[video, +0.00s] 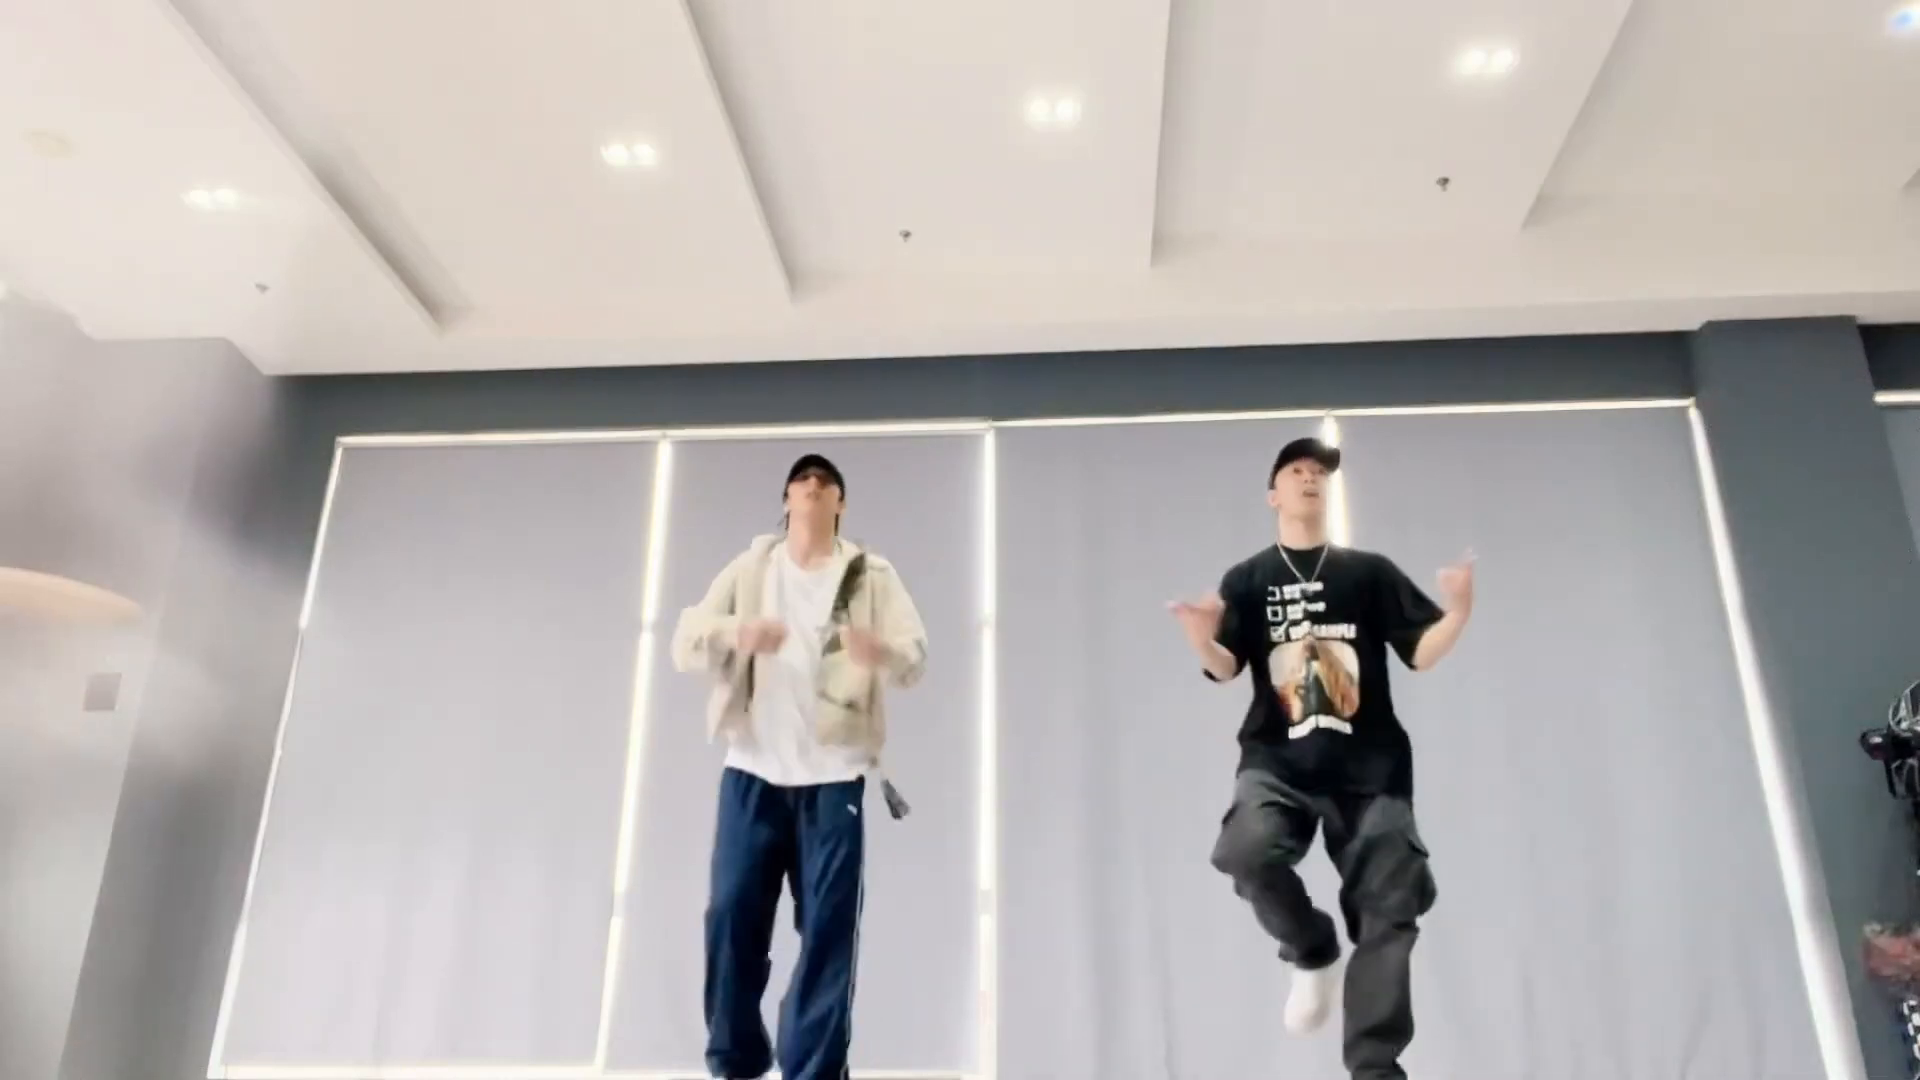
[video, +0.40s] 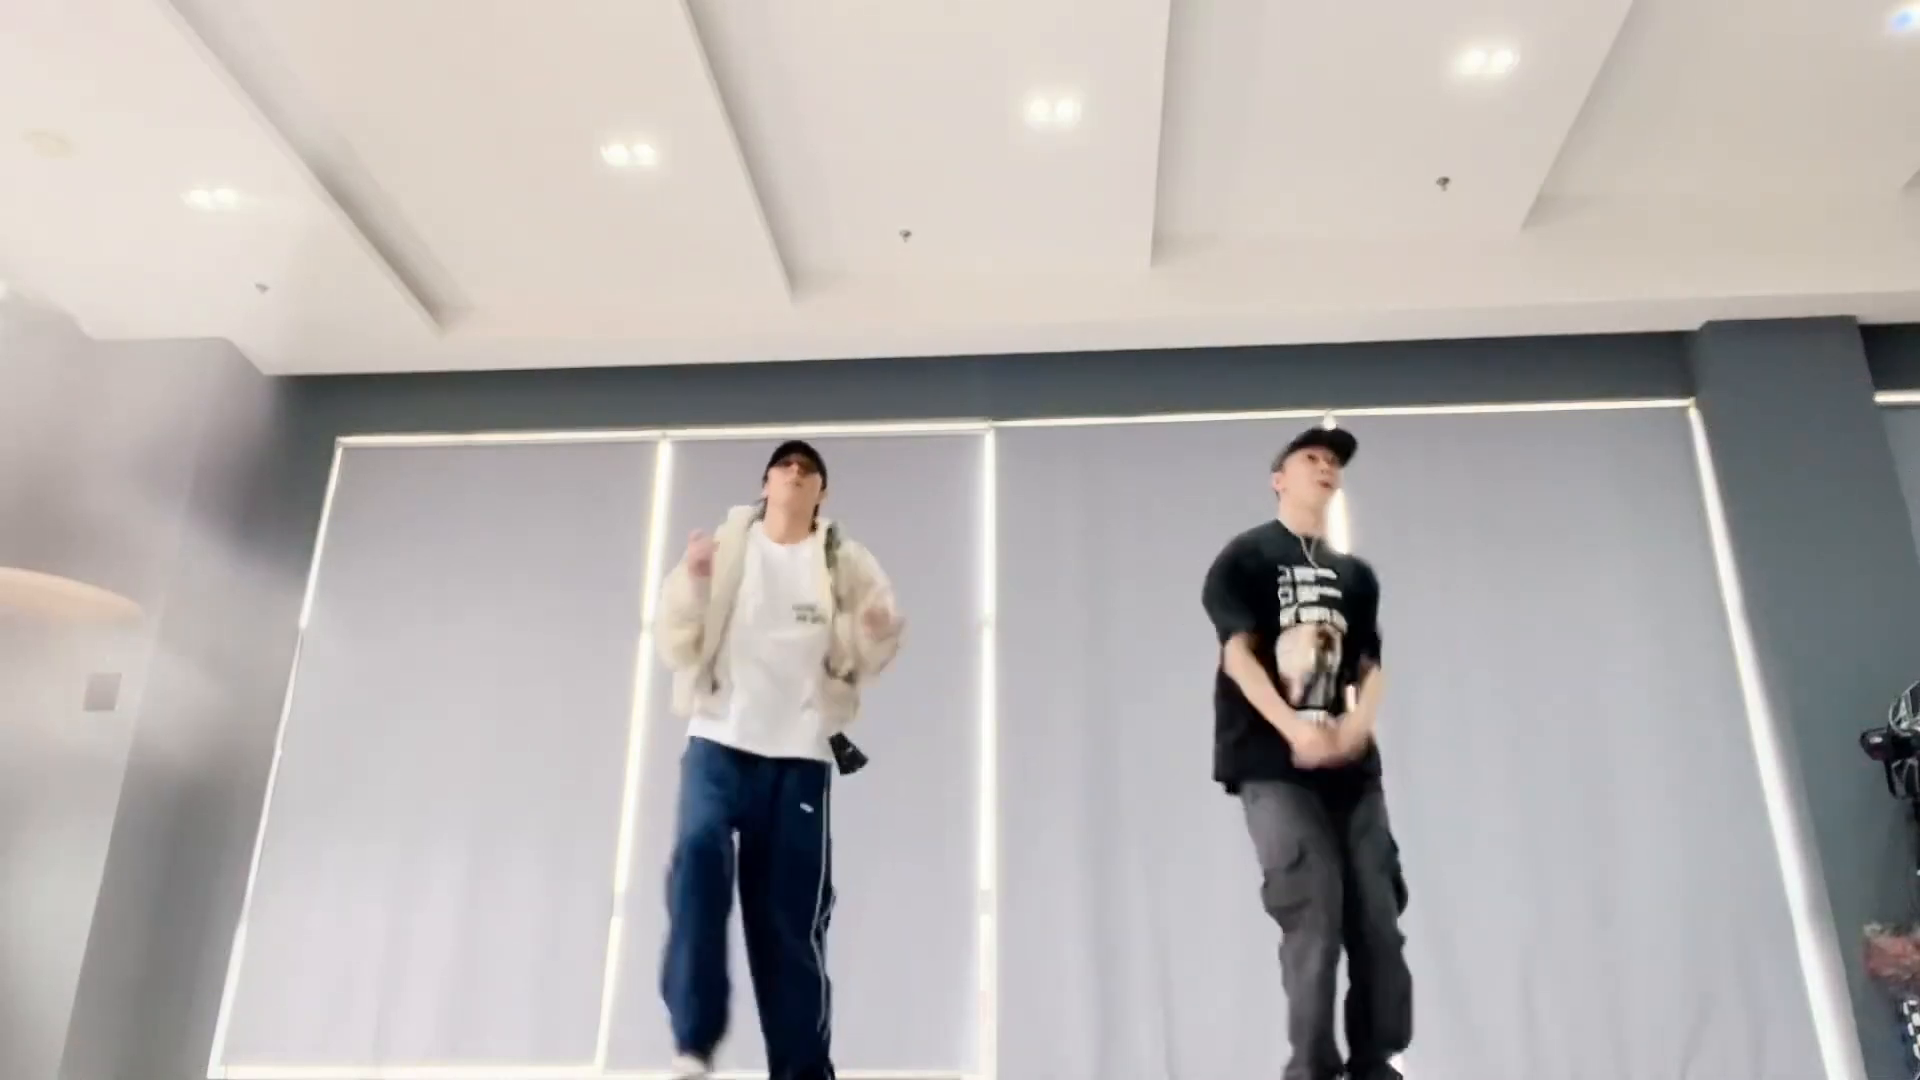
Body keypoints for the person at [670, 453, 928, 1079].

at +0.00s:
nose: (812, 488)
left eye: (824, 483)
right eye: (801, 481)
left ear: (841, 506)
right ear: (785, 503)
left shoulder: (872, 574)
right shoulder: (751, 565)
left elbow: (915, 661)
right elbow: (686, 641)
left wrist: (879, 652)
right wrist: (734, 636)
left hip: (833, 776)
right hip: (751, 771)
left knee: (827, 927)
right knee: (731, 915)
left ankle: (816, 1069)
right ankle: (734, 1063)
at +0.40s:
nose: (794, 474)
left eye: (807, 470)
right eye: (783, 466)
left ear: (822, 495)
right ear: (763, 487)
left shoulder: (845, 559)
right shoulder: (722, 547)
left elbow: (858, 664)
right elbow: (676, 653)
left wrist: (874, 631)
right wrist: (691, 583)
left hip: (799, 752)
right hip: (718, 740)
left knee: (791, 921)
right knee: (700, 850)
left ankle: (803, 1069)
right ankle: (694, 1039)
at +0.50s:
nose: (802, 488)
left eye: (815, 484)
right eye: (791, 480)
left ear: (828, 509)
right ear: (769, 500)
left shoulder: (839, 586)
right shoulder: (720, 551)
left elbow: (834, 693)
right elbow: (652, 635)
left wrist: (850, 637)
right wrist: (689, 560)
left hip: (783, 770)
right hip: (695, 755)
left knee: (797, 912)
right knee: (633, 861)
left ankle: (792, 1067)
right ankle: (602, 998)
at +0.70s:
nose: (772, 555)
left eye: (784, 553)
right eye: (761, 549)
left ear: (795, 582)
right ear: (738, 567)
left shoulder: (807, 659)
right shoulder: (702, 593)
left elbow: (892, 679)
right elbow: (712, 486)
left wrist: (975, 697)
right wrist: (710, 381)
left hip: (717, 835)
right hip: (627, 813)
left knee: (833, 908)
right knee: (539, 957)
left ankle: (754, 1055)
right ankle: (430, 1056)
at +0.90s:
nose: (760, 486)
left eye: (772, 479)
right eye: (748, 480)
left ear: (792, 500)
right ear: (731, 499)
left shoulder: (812, 569)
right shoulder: (690, 529)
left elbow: (834, 663)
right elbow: (613, 561)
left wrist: (900, 638)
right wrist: (659, 481)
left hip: (757, 769)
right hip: (670, 753)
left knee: (785, 899)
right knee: (626, 906)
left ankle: (773, 1062)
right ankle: (523, 1049)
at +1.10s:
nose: (712, 484)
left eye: (726, 476)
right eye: (705, 477)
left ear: (756, 492)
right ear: (697, 497)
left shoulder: (802, 539)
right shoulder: (688, 577)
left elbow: (862, 528)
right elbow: (650, 661)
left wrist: (818, 463)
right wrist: (608, 612)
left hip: (785, 760)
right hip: (700, 760)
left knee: (835, 884)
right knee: (665, 913)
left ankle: (836, 1027)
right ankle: (697, 1067)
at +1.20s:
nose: (696, 512)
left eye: (708, 501)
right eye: (691, 508)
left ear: (742, 509)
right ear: (692, 529)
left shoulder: (791, 531)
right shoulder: (690, 604)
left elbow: (830, 453)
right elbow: (625, 646)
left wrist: (830, 359)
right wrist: (551, 618)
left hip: (803, 781)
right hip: (727, 797)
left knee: (870, 926)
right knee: (622, 918)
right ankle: (694, 1062)